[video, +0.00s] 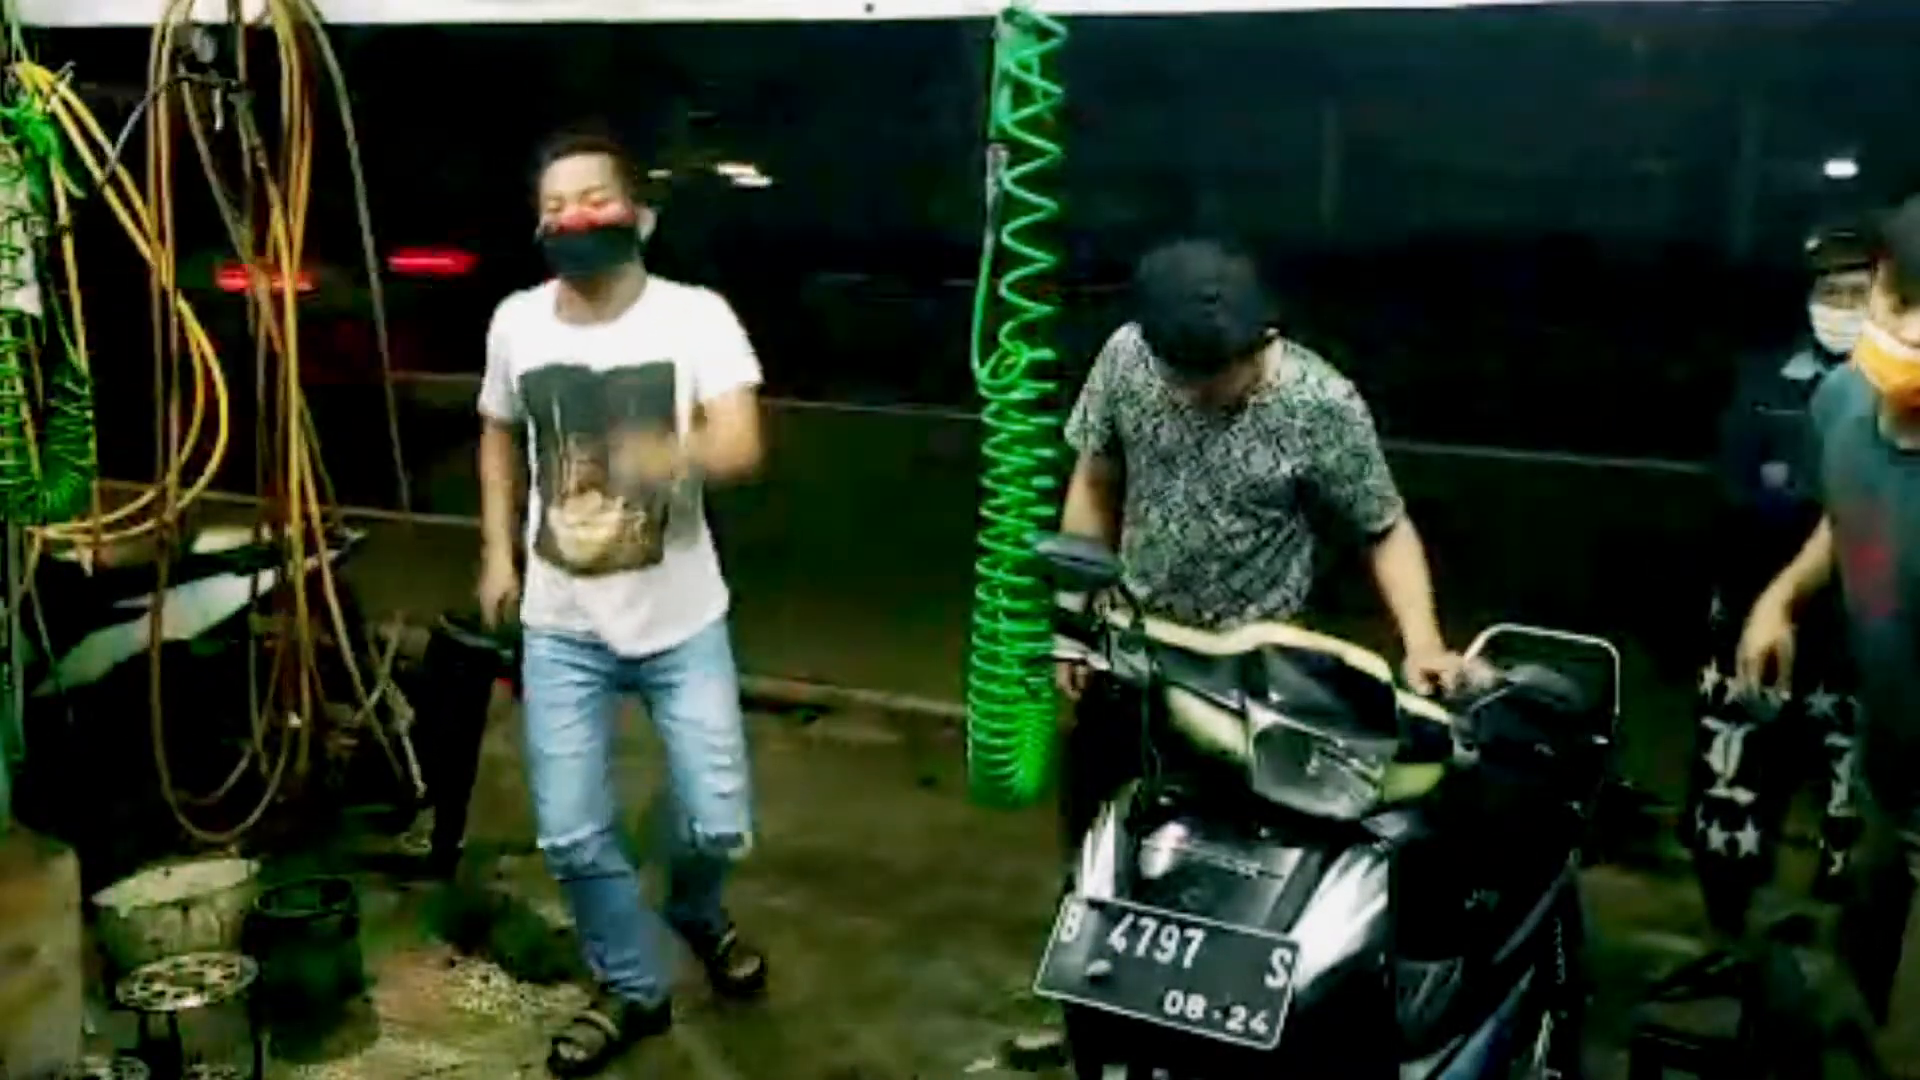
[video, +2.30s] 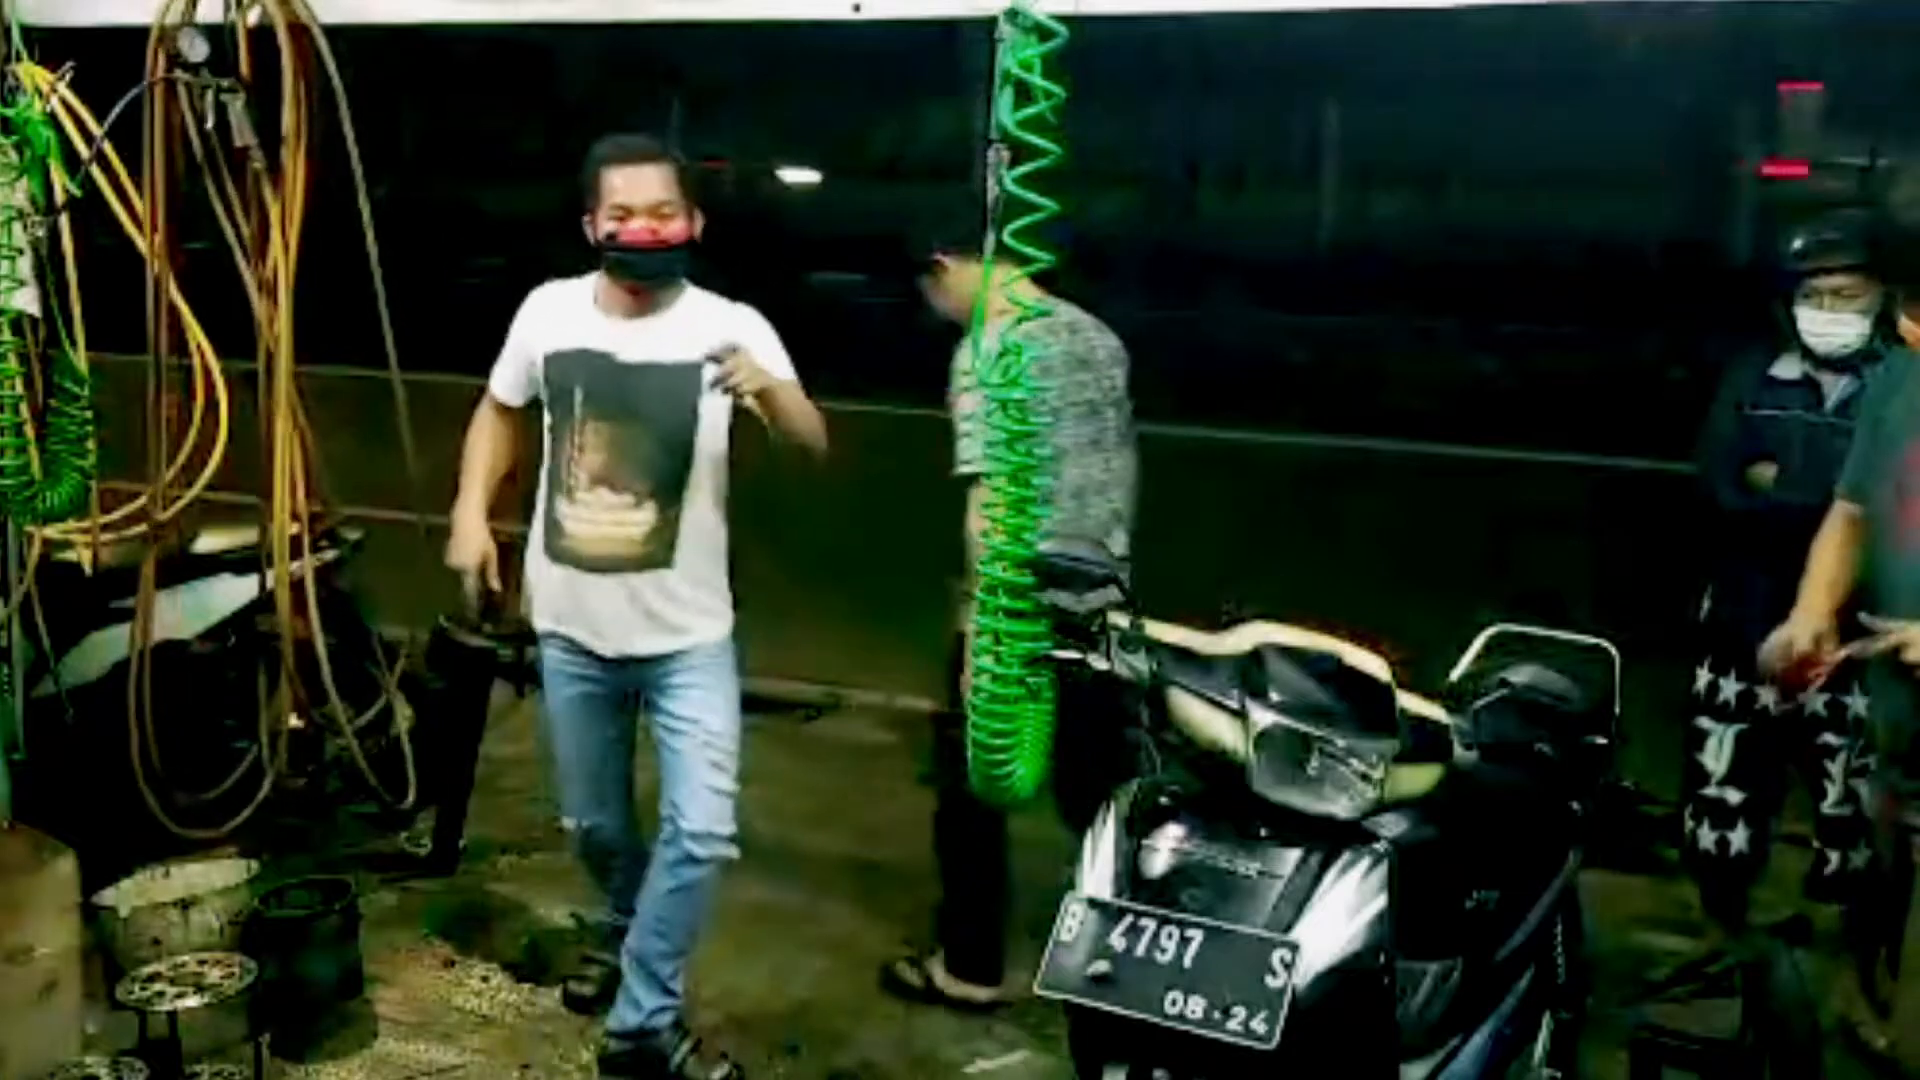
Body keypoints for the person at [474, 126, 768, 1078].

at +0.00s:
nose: (579, 217)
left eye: (596, 198)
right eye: (560, 204)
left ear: (635, 208)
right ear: (540, 223)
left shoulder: (696, 316)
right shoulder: (517, 326)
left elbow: (739, 448)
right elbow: (499, 438)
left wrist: (652, 458)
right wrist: (498, 552)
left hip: (680, 611)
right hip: (561, 617)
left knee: (718, 820)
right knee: (570, 833)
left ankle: (695, 913)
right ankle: (632, 989)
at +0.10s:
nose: (576, 245)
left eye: (591, 223)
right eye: (556, 232)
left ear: (635, 229)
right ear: (538, 249)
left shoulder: (701, 343)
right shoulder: (515, 353)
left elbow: (744, 479)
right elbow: (493, 475)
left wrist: (722, 578)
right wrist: (498, 584)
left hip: (686, 637)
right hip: (564, 642)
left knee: (717, 839)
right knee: (568, 852)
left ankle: (728, 960)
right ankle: (634, 993)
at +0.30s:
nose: (603, 233)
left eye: (620, 212)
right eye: (583, 218)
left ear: (664, 216)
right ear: (561, 232)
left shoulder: (721, 318)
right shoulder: (529, 326)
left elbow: (793, 397)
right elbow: (446, 426)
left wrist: (838, 496)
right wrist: (474, 450)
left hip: (704, 619)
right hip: (580, 627)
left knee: (727, 840)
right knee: (591, 844)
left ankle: (757, 1042)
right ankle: (634, 1000)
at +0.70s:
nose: (694, 249)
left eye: (714, 229)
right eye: (674, 230)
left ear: (752, 236)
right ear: (646, 240)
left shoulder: (804, 366)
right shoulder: (602, 344)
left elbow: (863, 510)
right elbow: (556, 457)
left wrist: (841, 618)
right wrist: (553, 544)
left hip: (769, 663)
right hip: (640, 663)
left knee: (778, 888)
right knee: (614, 883)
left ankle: (763, 1054)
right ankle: (652, 989)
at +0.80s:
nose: (704, 251)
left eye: (723, 230)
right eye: (682, 232)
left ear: (758, 236)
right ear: (653, 244)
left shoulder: (808, 368)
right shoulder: (616, 343)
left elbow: (836, 529)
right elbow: (583, 463)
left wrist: (742, 571)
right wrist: (569, 577)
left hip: (776, 671)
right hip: (644, 664)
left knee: (783, 894)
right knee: (626, 893)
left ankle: (767, 1057)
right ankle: (658, 1063)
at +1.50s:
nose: (680, 259)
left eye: (694, 237)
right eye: (654, 242)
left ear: (716, 241)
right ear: (606, 258)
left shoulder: (708, 344)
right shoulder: (566, 377)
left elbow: (703, 463)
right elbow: (479, 515)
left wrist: (747, 538)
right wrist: (608, 544)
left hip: (703, 680)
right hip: (594, 694)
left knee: (747, 882)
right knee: (657, 946)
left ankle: (641, 996)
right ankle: (639, 1063)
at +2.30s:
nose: (645, 234)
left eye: (662, 216)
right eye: (625, 218)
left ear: (689, 220)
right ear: (594, 224)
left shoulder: (730, 327)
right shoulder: (549, 313)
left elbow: (812, 448)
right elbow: (498, 411)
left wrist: (772, 394)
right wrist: (469, 516)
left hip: (689, 627)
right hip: (573, 624)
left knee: (702, 833)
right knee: (593, 827)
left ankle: (642, 1031)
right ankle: (632, 927)